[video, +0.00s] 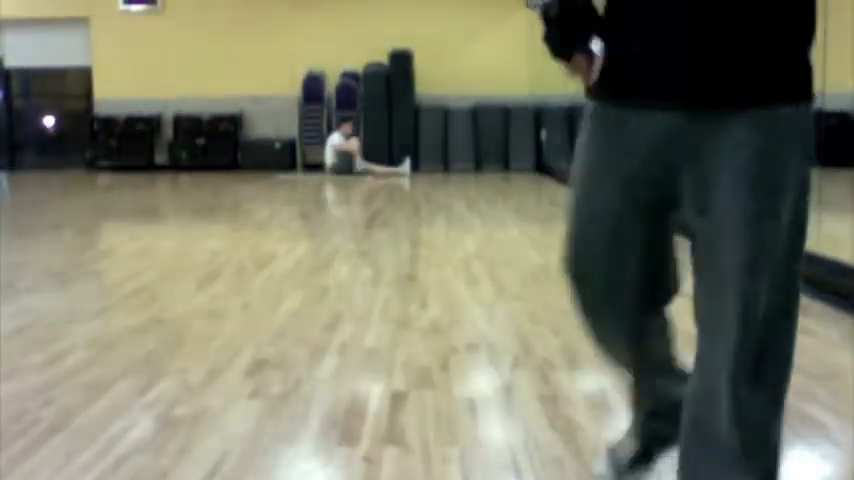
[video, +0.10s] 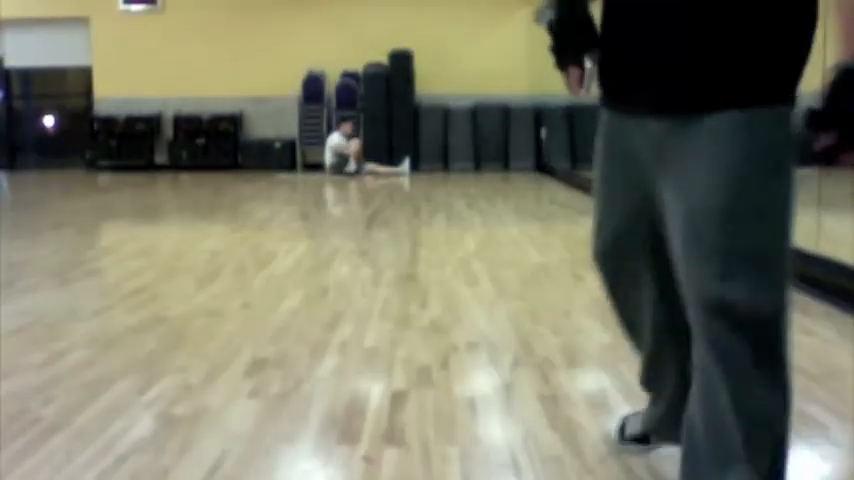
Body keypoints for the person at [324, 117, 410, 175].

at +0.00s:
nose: (350, 130)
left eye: (351, 127)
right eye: (348, 127)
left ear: (349, 128)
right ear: (342, 126)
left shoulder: (343, 138)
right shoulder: (335, 137)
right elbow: (341, 147)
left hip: (344, 166)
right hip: (336, 167)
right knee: (354, 141)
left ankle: (399, 171)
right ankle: (359, 164)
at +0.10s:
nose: (351, 128)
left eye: (351, 126)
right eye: (349, 126)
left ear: (350, 127)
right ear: (341, 126)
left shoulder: (344, 138)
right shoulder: (335, 138)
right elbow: (349, 151)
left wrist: (356, 146)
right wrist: (356, 142)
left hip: (346, 168)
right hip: (337, 170)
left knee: (372, 167)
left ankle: (399, 170)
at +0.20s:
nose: (351, 129)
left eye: (351, 126)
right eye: (349, 125)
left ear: (349, 127)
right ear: (342, 125)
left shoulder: (343, 136)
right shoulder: (335, 137)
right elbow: (350, 153)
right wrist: (358, 145)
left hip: (344, 165)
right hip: (336, 167)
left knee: (371, 165)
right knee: (356, 141)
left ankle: (399, 169)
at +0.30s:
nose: (350, 129)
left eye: (351, 126)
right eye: (348, 126)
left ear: (351, 128)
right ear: (341, 126)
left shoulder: (345, 138)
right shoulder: (336, 136)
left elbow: (347, 151)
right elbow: (340, 151)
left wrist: (358, 160)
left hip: (343, 164)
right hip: (335, 164)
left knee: (370, 165)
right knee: (357, 142)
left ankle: (399, 169)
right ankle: (353, 166)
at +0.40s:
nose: (350, 129)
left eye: (351, 127)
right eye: (348, 126)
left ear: (351, 128)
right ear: (341, 126)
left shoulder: (345, 138)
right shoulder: (336, 137)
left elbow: (350, 149)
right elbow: (340, 152)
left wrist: (356, 158)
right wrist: (352, 160)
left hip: (343, 163)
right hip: (335, 164)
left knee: (370, 165)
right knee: (360, 143)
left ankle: (400, 169)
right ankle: (352, 165)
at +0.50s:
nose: (350, 130)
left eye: (351, 128)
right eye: (348, 127)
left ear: (350, 129)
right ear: (342, 127)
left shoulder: (344, 139)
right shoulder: (337, 137)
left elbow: (346, 151)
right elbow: (340, 152)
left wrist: (355, 158)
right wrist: (352, 160)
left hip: (342, 164)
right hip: (335, 164)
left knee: (371, 166)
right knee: (361, 145)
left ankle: (400, 170)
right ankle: (352, 166)